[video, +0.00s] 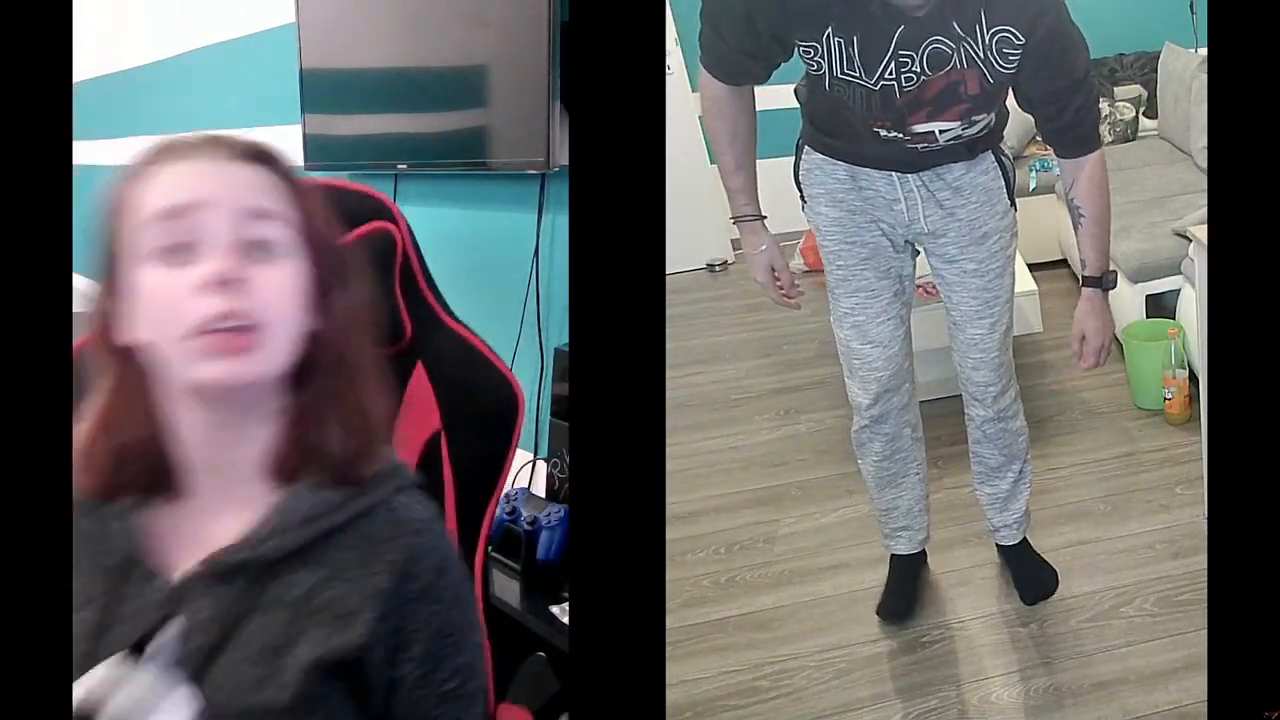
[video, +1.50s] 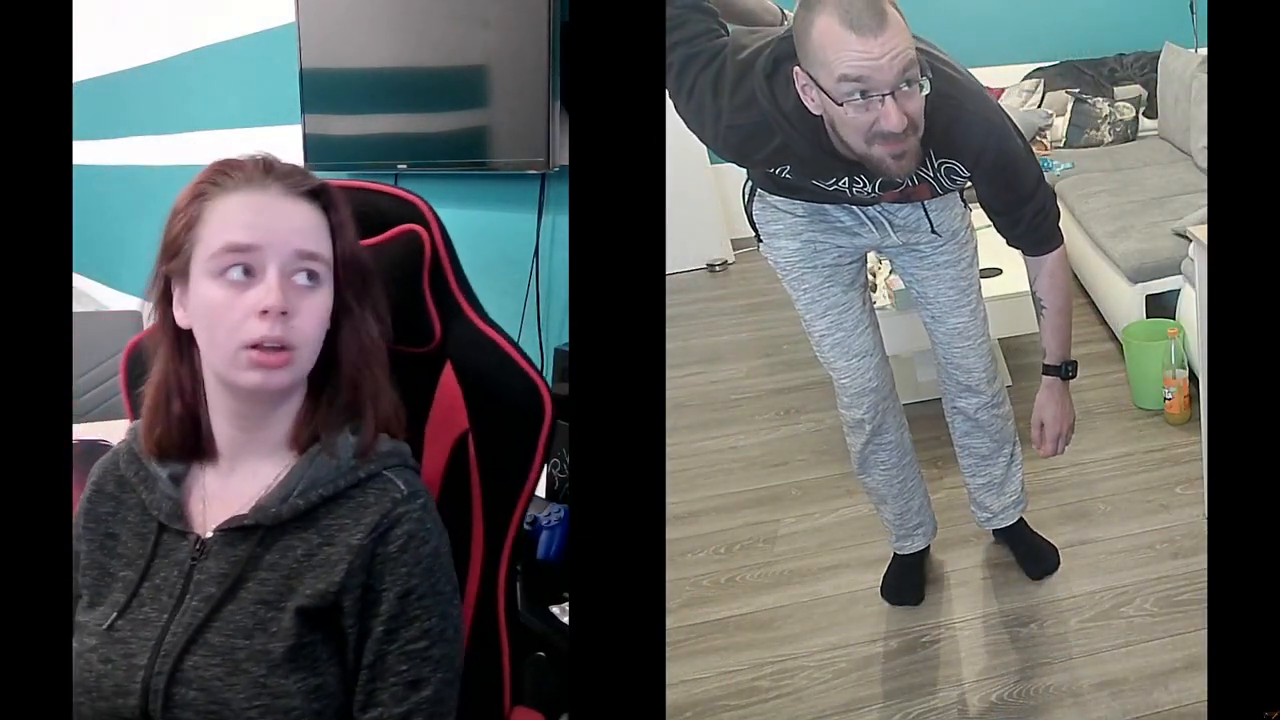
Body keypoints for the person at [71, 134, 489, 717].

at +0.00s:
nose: (225, 274)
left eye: (262, 246)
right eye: (177, 251)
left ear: (318, 295)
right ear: (118, 313)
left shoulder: (397, 553)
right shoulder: (84, 545)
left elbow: (453, 706)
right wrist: (86, 698)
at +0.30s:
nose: (369, 276)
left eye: (383, 257)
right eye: (322, 255)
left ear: (401, 292)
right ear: (237, 308)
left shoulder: (444, 528)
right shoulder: (132, 476)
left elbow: (470, 710)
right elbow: (72, 659)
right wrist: (122, 693)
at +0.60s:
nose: (363, 299)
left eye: (377, 275)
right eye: (321, 269)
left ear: (390, 296)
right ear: (233, 301)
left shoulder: (434, 517)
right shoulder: (126, 478)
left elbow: (465, 709)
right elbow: (76, 678)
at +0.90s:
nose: (327, 297)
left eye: (349, 274)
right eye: (290, 265)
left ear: (366, 303)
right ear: (211, 292)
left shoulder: (409, 507)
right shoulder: (115, 481)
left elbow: (443, 708)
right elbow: (78, 679)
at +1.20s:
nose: (314, 293)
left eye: (336, 269)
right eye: (277, 261)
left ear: (352, 300)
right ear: (201, 290)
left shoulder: (392, 501)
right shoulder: (113, 482)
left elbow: (423, 705)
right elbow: (84, 678)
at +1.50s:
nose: (275, 302)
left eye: (306, 276)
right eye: (240, 271)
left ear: (334, 306)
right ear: (180, 300)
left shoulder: (387, 518)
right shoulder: (117, 485)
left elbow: (410, 706)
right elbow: (84, 678)